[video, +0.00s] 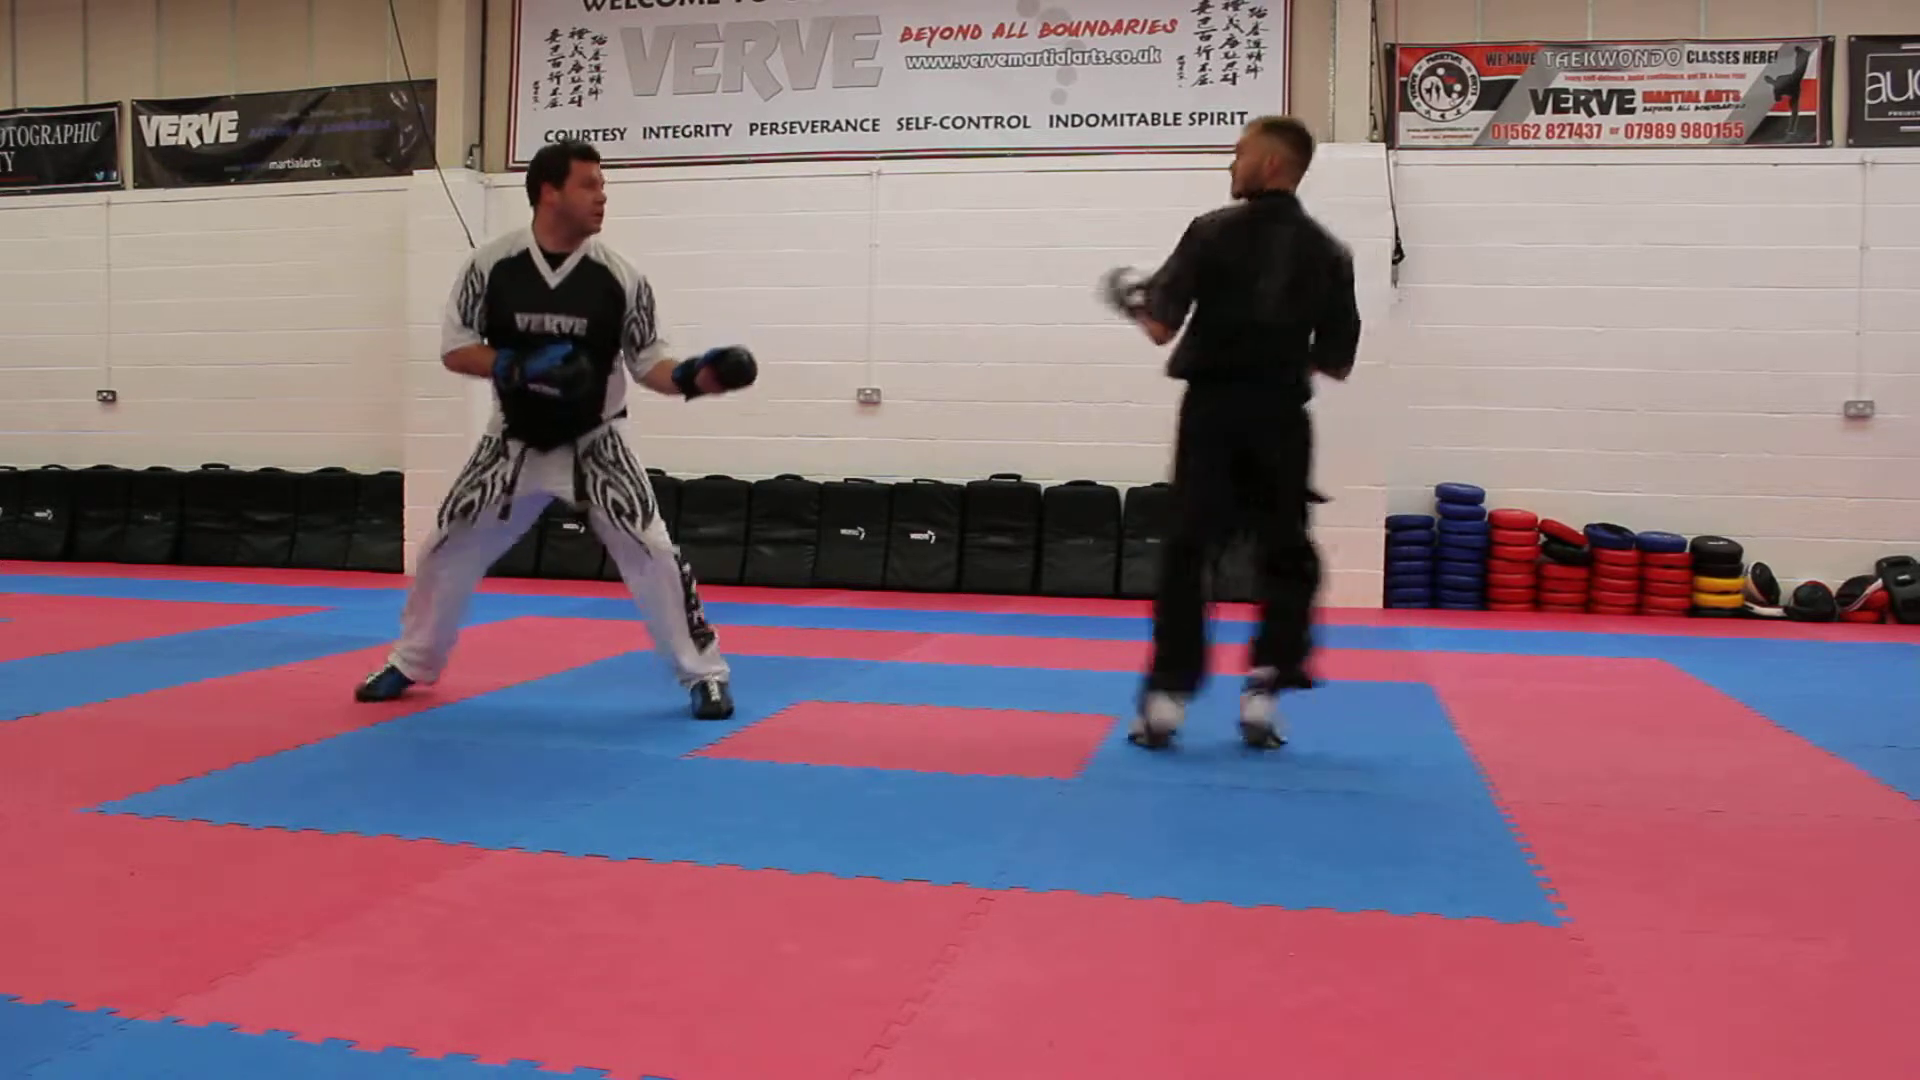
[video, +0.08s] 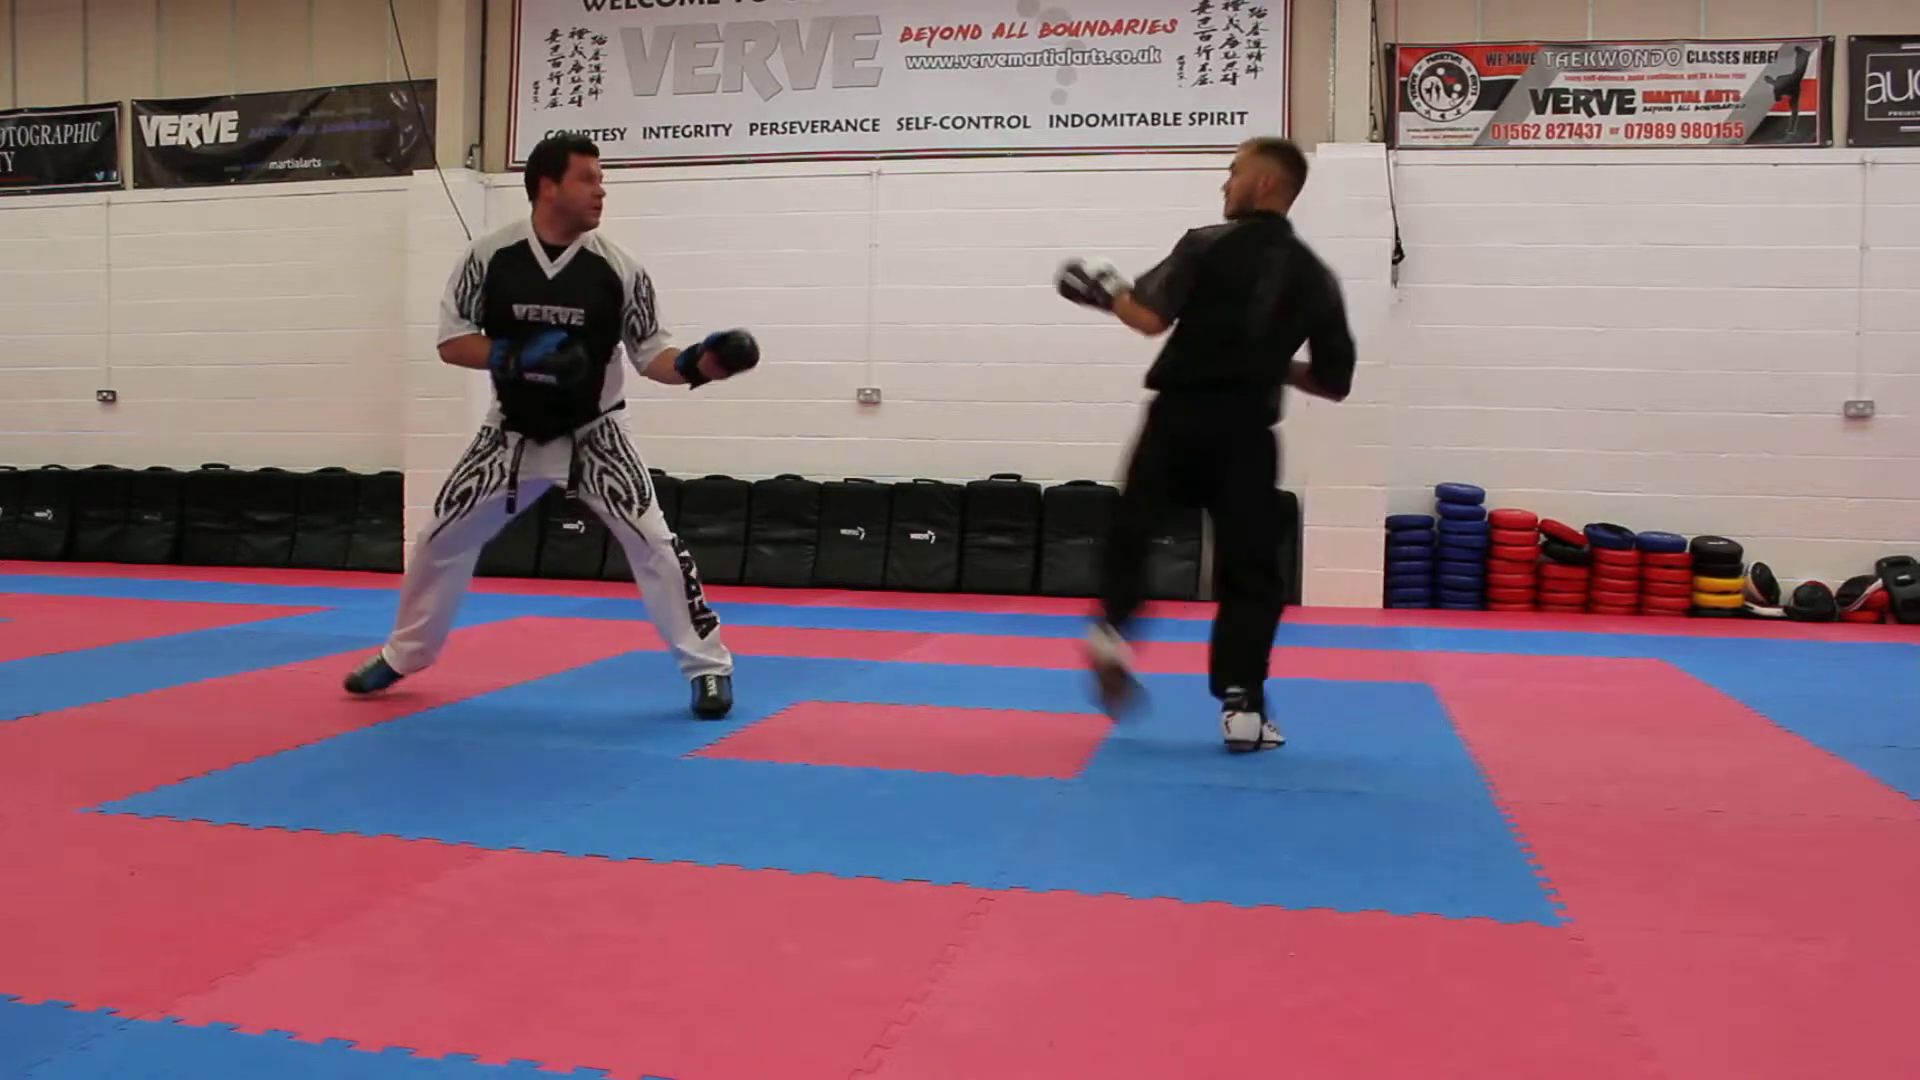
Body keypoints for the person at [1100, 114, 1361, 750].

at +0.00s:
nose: (1232, 163)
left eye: (1241, 152)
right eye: (1237, 151)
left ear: (1270, 162)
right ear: (1296, 168)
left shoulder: (1213, 231)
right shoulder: (1327, 252)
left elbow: (1160, 324)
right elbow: (1336, 360)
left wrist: (1135, 295)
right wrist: (1278, 342)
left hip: (1208, 419)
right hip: (1281, 423)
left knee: (1187, 548)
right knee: (1288, 552)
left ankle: (1166, 697)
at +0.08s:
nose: (1226, 183)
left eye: (1235, 172)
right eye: (1230, 172)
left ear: (1268, 182)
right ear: (1282, 189)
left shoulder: (1206, 246)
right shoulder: (1314, 274)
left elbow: (1150, 317)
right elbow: (1333, 380)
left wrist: (1108, 293)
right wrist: (1270, 361)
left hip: (1175, 429)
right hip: (1248, 439)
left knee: (1132, 523)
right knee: (1250, 567)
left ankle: (1112, 625)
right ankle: (1243, 704)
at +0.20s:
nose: (1197, 165)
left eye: (1206, 155)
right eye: (1202, 154)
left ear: (1233, 164)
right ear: (1256, 169)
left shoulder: (1188, 220)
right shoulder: (1279, 259)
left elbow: (1127, 270)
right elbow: (1269, 356)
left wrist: (1071, 239)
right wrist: (1213, 316)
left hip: (1118, 375)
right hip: (1177, 411)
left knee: (1051, 418)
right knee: (1203, 546)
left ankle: (1004, 496)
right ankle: (1225, 699)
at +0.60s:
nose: (1040, 173)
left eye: (1047, 163)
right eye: (1044, 161)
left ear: (1063, 172)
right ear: (1100, 178)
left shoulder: (1020, 238)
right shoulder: (1126, 273)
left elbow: (935, 304)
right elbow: (1135, 378)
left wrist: (894, 260)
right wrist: (1075, 353)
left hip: (948, 388)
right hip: (1013, 424)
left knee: (847, 444)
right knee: (1041, 558)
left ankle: (756, 521)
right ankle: (1039, 704)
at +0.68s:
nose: (992, 173)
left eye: (1001, 163)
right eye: (995, 161)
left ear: (1023, 170)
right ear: (1047, 175)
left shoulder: (976, 239)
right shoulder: (1076, 265)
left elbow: (887, 292)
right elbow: (1093, 368)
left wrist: (860, 256)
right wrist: (1031, 346)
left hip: (920, 411)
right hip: (990, 430)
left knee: (845, 516)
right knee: (1031, 561)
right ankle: (1040, 708)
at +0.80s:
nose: (881, 168)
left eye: (888, 158)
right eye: (887, 157)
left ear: (899, 166)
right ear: (931, 170)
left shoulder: (867, 231)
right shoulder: (970, 243)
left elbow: (780, 240)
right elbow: (1015, 319)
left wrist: (725, 200)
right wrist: (965, 327)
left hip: (875, 431)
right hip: (948, 433)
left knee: (841, 559)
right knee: (995, 558)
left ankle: (815, 704)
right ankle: (1042, 698)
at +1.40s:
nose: (478, 173)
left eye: (486, 164)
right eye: (479, 164)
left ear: (510, 167)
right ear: (528, 170)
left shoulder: (499, 214)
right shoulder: (554, 217)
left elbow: (418, 184)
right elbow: (473, 218)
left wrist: (377, 154)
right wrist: (411, 213)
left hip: (546, 396)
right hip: (583, 394)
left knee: (495, 530)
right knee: (551, 530)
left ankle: (555, 632)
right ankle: (538, 672)